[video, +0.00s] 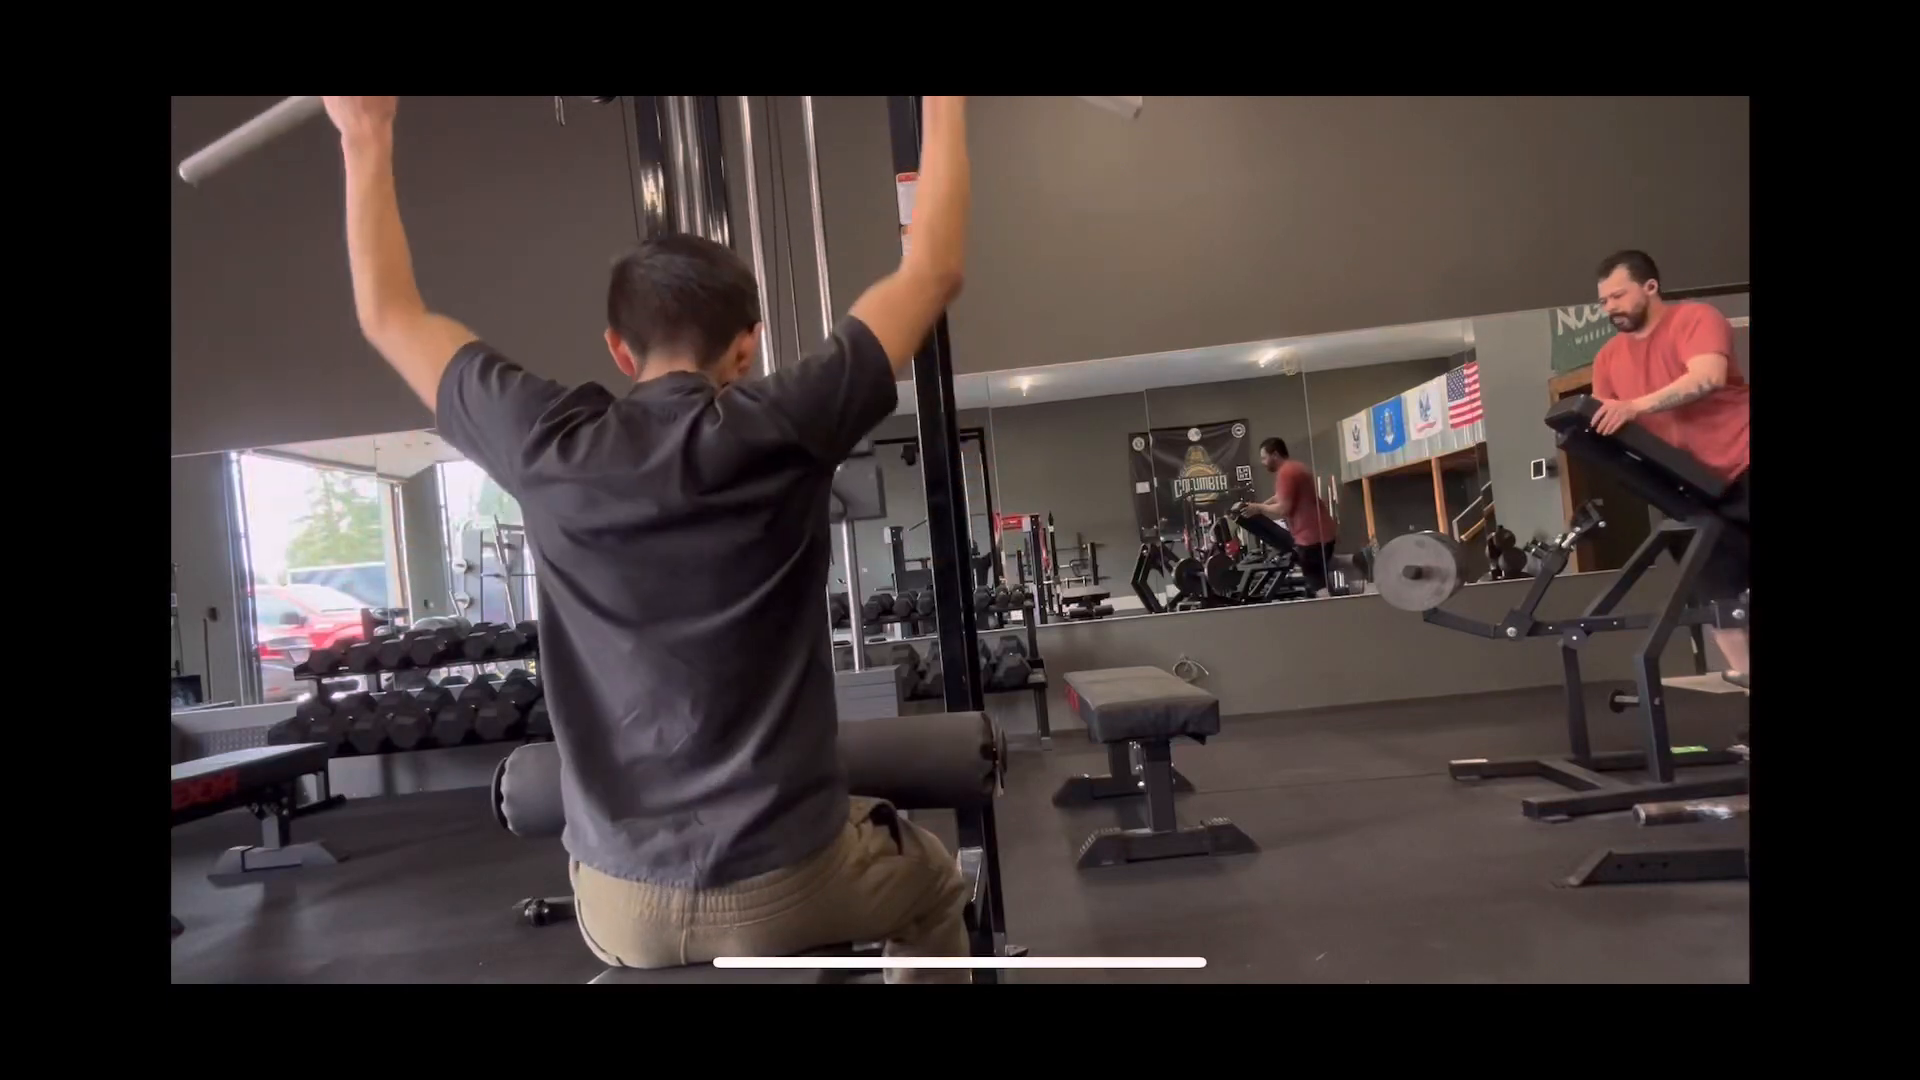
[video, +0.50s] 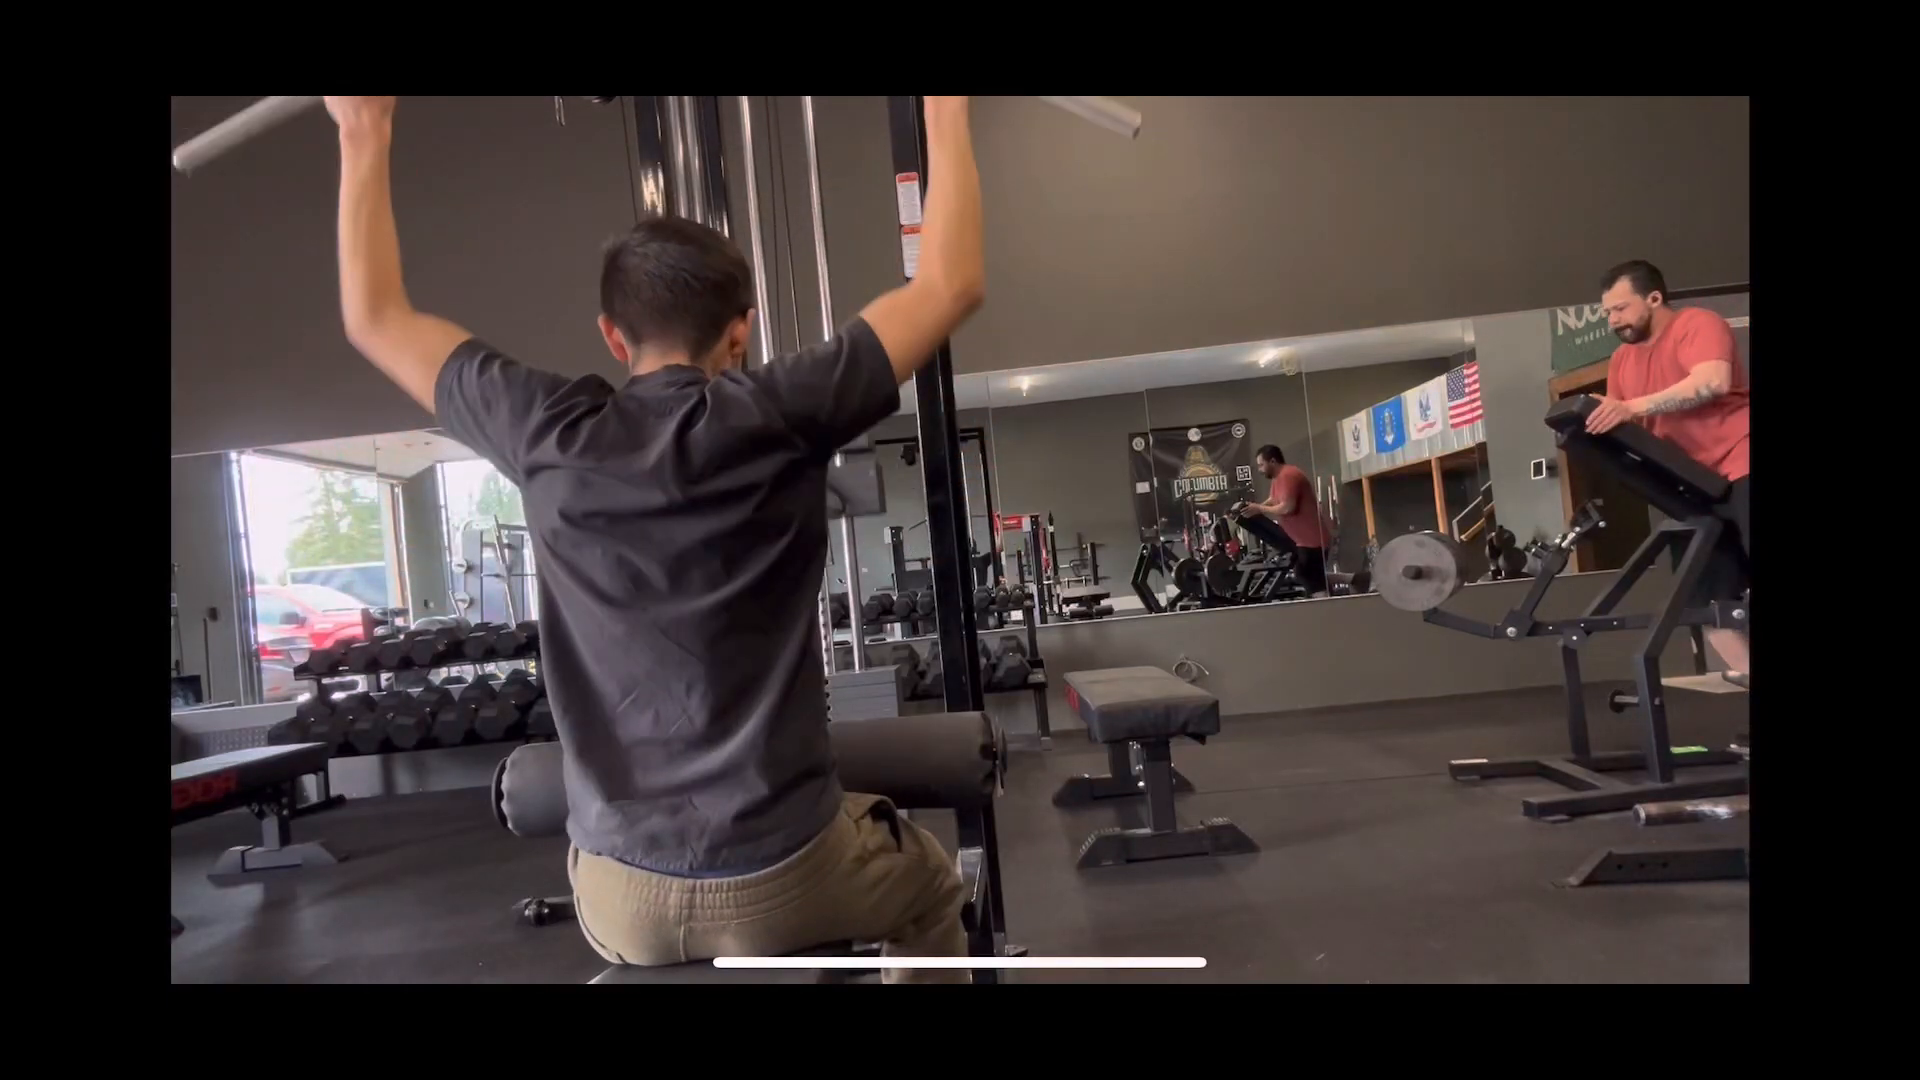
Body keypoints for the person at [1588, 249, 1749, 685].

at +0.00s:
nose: (1609, 308)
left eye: (1617, 296)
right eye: (1604, 300)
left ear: (1649, 288)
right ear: (1602, 304)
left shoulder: (1697, 318)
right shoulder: (1608, 357)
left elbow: (1709, 378)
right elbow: (1610, 428)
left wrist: (1635, 406)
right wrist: (1580, 428)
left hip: (1741, 475)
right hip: (1681, 493)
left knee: (1735, 586)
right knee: (1714, 589)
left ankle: (1741, 673)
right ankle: (1741, 675)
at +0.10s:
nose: (1602, 308)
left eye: (1610, 296)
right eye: (1597, 301)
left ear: (1642, 288)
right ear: (1597, 304)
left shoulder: (1690, 317)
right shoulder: (1604, 358)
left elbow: (1709, 376)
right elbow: (1606, 425)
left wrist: (1634, 407)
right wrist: (1580, 428)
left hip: (1737, 457)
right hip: (1680, 484)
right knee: (1715, 584)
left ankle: (1743, 672)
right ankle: (1743, 676)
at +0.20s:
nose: (1598, 309)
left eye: (1605, 297)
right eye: (1592, 302)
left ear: (1638, 289)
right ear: (1593, 305)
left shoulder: (1685, 317)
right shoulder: (1603, 356)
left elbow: (1709, 374)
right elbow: (1606, 423)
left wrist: (1635, 406)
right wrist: (1581, 426)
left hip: (1734, 454)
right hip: (1678, 479)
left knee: (1740, 561)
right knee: (1712, 580)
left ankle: (1743, 670)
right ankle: (1743, 673)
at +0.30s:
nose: (1597, 313)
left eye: (1605, 300)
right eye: (1593, 305)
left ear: (1638, 292)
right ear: (1594, 308)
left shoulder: (1686, 318)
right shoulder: (1606, 359)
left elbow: (1712, 373)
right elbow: (1612, 428)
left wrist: (1635, 403)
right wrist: (1581, 428)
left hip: (1734, 459)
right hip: (1677, 481)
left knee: (1744, 568)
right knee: (1708, 583)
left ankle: (1744, 671)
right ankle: (1744, 672)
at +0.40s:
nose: (1604, 319)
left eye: (1611, 307)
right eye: (1599, 311)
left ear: (1645, 299)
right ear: (1599, 313)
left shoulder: (1690, 325)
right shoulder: (1613, 362)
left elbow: (1714, 379)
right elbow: (1613, 427)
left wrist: (1633, 404)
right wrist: (1583, 425)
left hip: (1735, 465)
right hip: (1679, 485)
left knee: (1744, 572)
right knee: (1705, 593)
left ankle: (1740, 673)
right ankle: (1746, 674)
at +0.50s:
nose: (1613, 321)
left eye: (1620, 308)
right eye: (1608, 312)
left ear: (1654, 300)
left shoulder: (1698, 323)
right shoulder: (1623, 358)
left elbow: (1713, 382)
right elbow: (1619, 421)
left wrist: (1633, 407)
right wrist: (1585, 423)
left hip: (1737, 469)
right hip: (1682, 485)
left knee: (1740, 579)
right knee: (1702, 590)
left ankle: (1741, 674)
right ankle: (1743, 675)